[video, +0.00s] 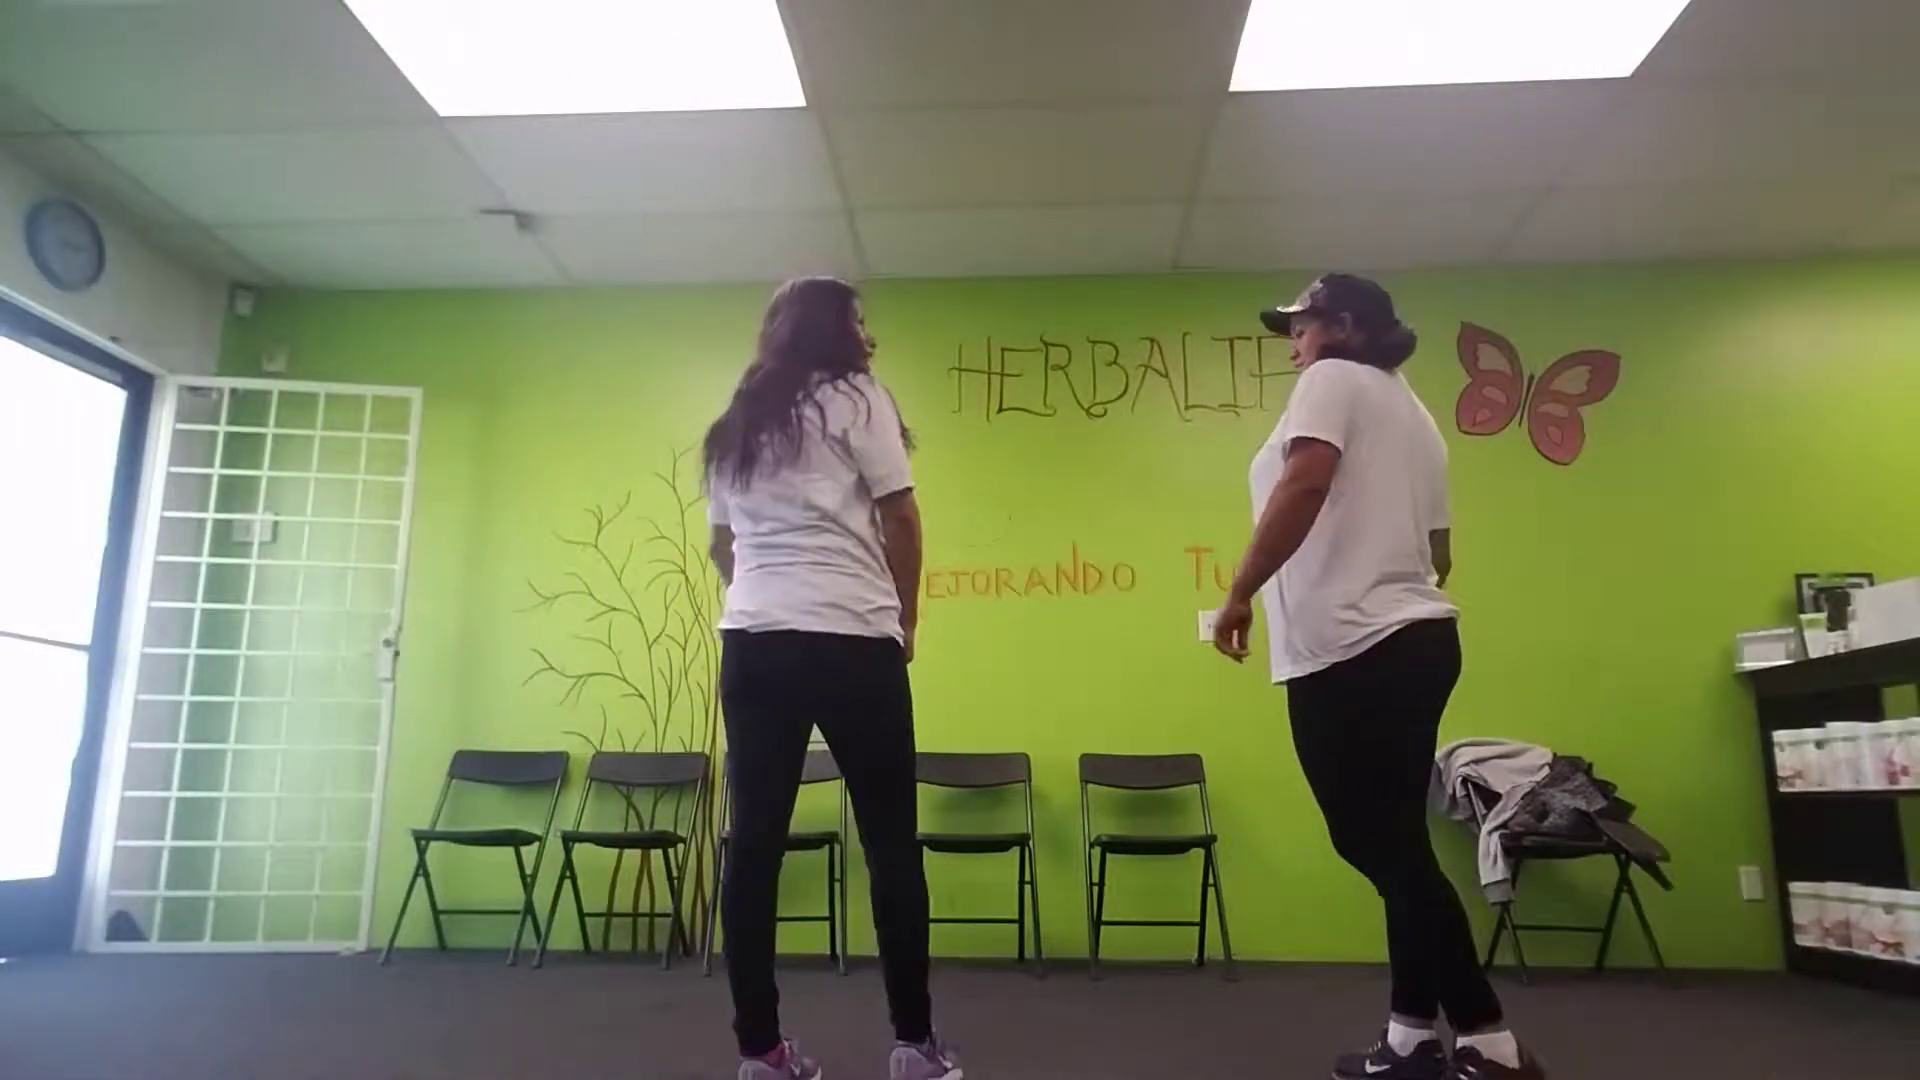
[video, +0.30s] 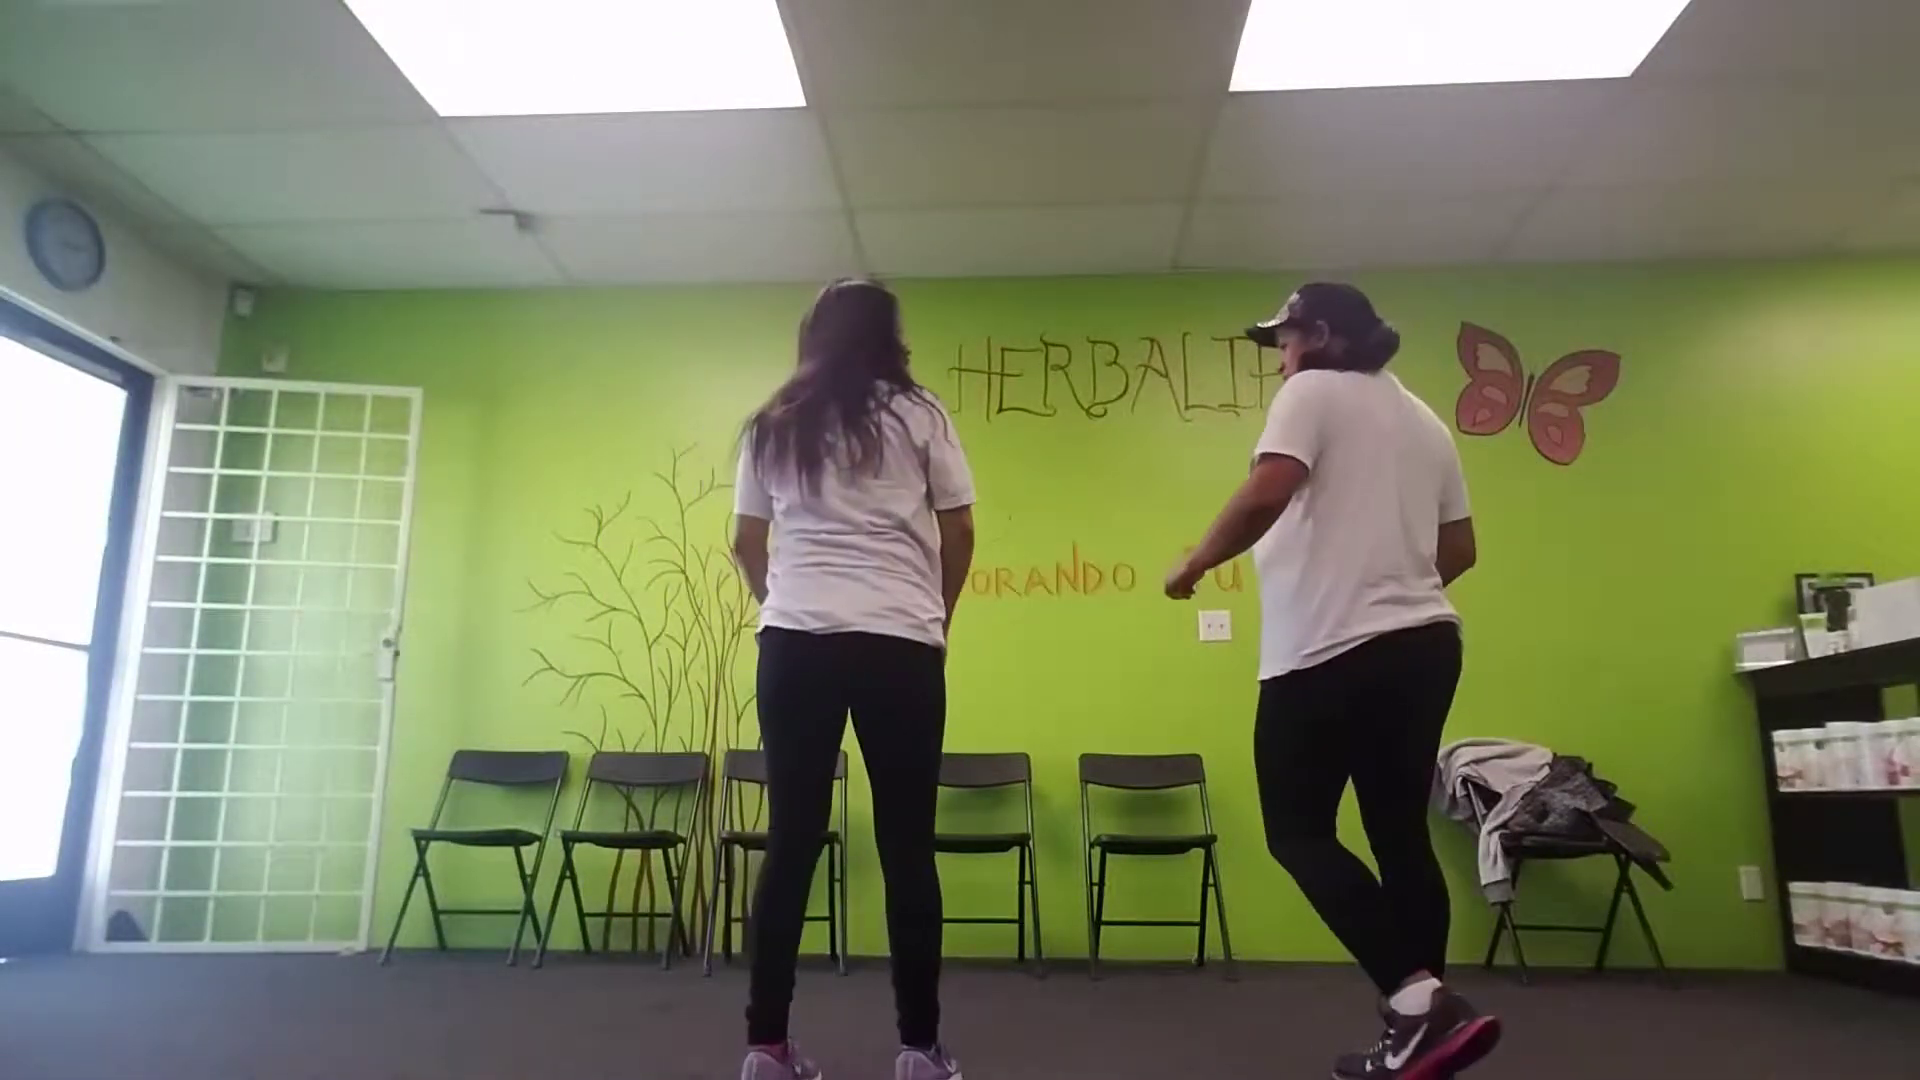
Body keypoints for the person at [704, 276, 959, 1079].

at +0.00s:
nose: (869, 337)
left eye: (866, 324)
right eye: (860, 324)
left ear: (782, 334)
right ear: (834, 329)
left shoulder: (736, 414)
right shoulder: (857, 393)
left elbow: (724, 548)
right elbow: (900, 521)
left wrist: (764, 622)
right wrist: (904, 621)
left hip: (754, 644)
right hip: (854, 638)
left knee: (752, 849)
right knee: (893, 846)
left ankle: (758, 1050)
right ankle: (914, 1046)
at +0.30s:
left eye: (813, 329)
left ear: (811, 342)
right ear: (892, 343)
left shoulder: (773, 421)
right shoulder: (921, 414)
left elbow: (747, 545)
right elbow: (959, 540)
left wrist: (793, 612)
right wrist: (929, 619)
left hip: (794, 646)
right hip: (900, 647)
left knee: (790, 843)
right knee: (908, 851)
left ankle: (766, 1048)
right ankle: (920, 1050)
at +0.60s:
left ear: (815, 344)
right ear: (897, 348)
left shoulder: (775, 421)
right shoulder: (923, 418)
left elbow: (746, 537)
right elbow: (973, 523)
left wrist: (812, 565)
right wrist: (917, 559)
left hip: (799, 643)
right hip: (904, 644)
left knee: (763, 846)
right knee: (908, 848)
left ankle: (713, 1047)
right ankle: (921, 1051)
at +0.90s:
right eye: (864, 338)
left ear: (783, 342)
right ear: (865, 347)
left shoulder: (744, 421)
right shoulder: (889, 423)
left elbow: (724, 544)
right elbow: (917, 536)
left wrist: (797, 514)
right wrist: (848, 503)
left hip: (760, 649)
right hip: (864, 652)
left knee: (739, 841)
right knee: (899, 845)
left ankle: (707, 1050)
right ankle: (926, 1048)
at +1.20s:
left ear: (803, 345)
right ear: (890, 346)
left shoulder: (770, 425)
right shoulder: (920, 429)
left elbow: (759, 545)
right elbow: (938, 539)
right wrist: (864, 513)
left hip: (788, 649)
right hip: (895, 652)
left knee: (743, 846)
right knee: (906, 855)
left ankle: (703, 1046)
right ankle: (927, 1053)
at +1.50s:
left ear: (796, 355)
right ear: (881, 358)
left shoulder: (762, 433)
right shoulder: (909, 436)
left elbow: (748, 525)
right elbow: (926, 542)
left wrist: (822, 510)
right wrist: (856, 506)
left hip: (771, 645)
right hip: (876, 650)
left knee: (738, 847)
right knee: (910, 849)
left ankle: (698, 1052)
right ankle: (933, 1049)